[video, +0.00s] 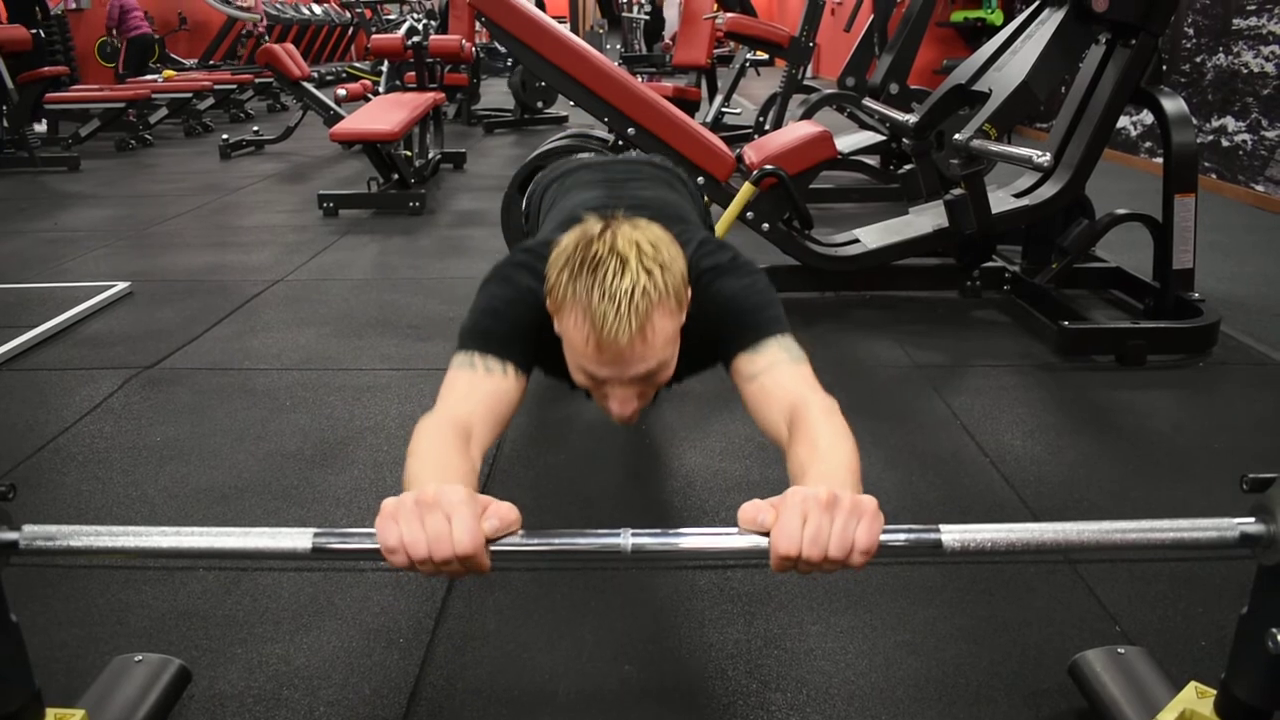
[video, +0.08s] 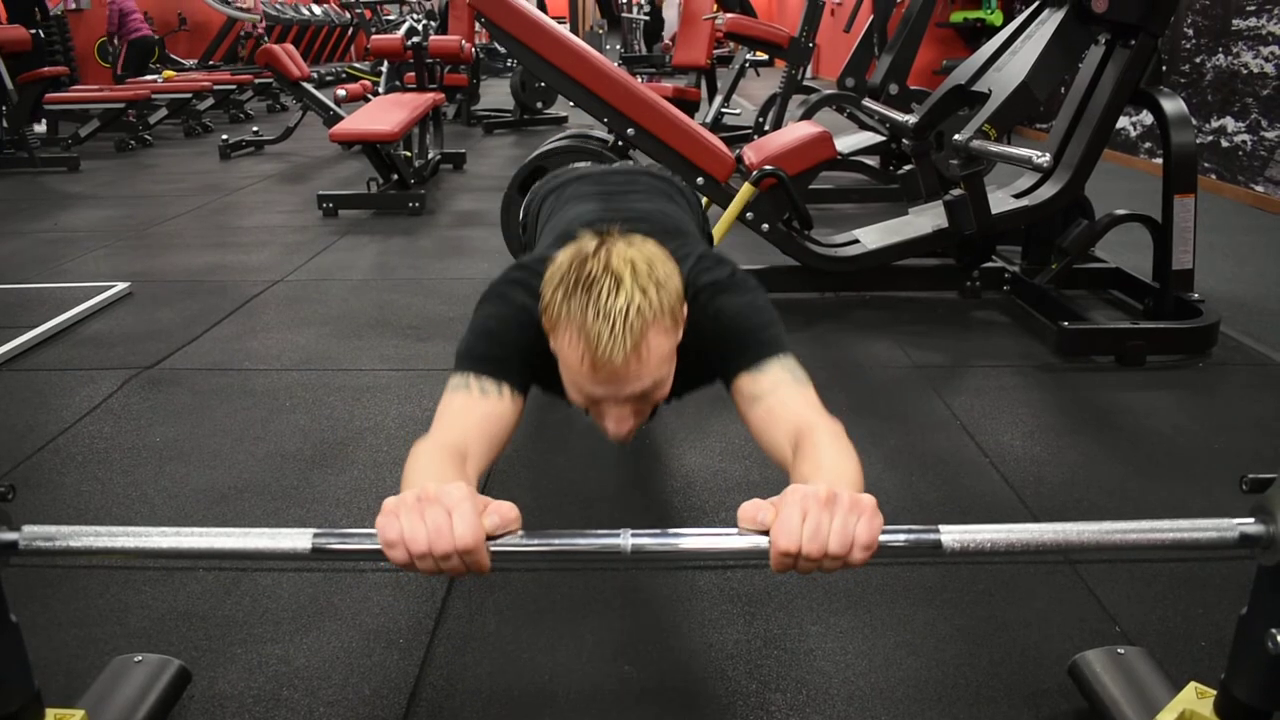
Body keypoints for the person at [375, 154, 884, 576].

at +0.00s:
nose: (622, 407)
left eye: (647, 379)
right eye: (594, 381)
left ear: (681, 313)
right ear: (556, 319)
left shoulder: (729, 284)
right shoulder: (517, 290)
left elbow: (806, 410)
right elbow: (456, 422)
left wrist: (826, 495)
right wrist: (439, 500)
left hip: (665, 171)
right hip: (548, 173)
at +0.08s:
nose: (619, 426)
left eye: (644, 398)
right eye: (593, 402)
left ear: (679, 324)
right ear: (552, 336)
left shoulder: (723, 295)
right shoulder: (515, 305)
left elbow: (808, 426)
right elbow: (454, 441)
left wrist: (828, 497)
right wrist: (437, 502)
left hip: (665, 179)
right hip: (550, 180)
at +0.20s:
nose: (614, 462)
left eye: (640, 435)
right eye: (587, 438)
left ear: (675, 366)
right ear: (549, 376)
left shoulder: (719, 325)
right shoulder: (509, 333)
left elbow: (809, 466)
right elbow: (445, 483)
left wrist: (823, 504)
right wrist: (438, 513)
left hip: (665, 203)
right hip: (554, 206)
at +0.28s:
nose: (608, 484)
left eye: (632, 457)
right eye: (582, 462)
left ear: (671, 384)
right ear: (543, 396)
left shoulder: (717, 341)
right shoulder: (505, 345)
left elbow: (804, 480)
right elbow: (449, 493)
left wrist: (819, 511)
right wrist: (439, 521)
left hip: (663, 216)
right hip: (552, 217)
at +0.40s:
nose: (605, 517)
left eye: (628, 490)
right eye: (581, 495)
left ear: (666, 408)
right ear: (535, 431)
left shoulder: (714, 362)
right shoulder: (498, 371)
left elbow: (837, 579)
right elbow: (421, 593)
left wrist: (821, 539)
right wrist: (436, 547)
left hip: (660, 227)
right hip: (548, 230)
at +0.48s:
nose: (605, 527)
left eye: (627, 506)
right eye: (581, 510)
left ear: (665, 421)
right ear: (533, 446)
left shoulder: (712, 371)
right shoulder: (498, 380)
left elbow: (838, 591)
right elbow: (408, 600)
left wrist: (823, 551)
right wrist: (435, 558)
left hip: (659, 237)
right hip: (549, 239)